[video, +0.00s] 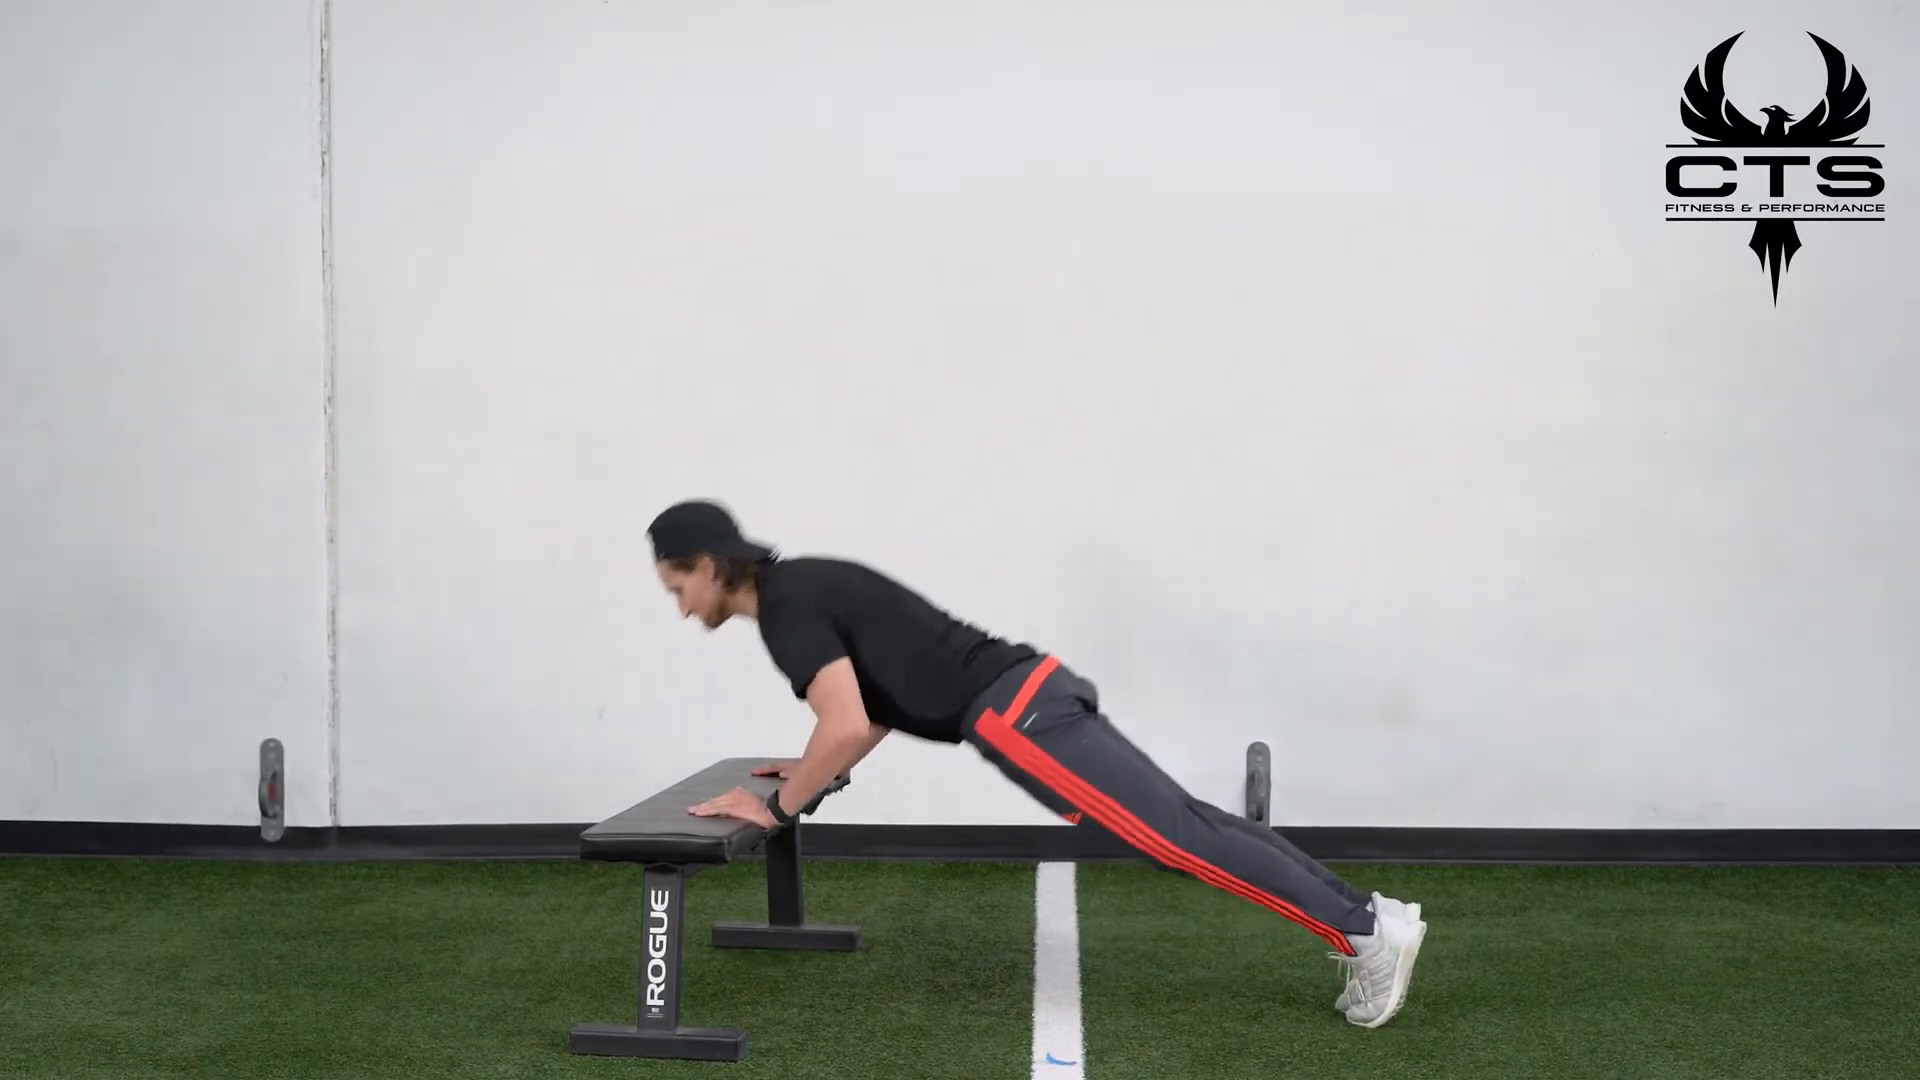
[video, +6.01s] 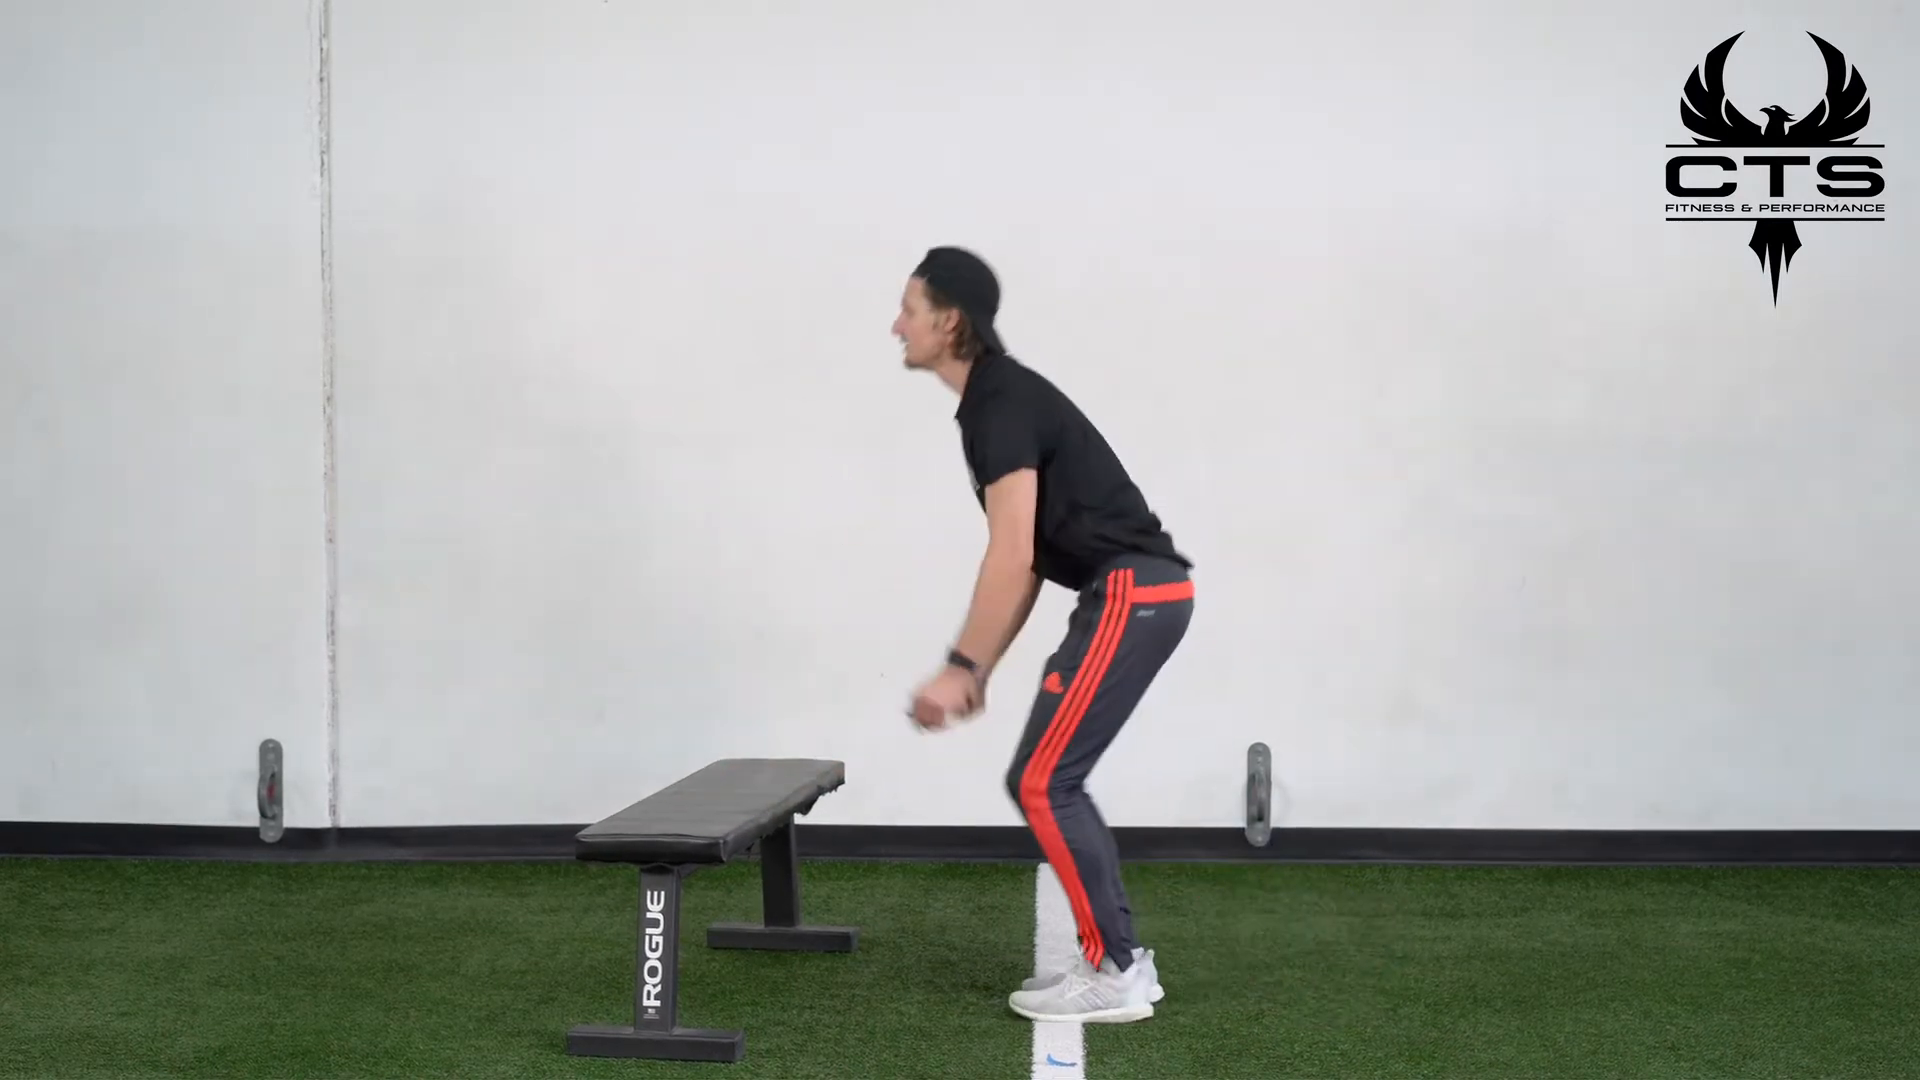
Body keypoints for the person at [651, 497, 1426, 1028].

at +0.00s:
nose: (672, 596)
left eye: (673, 579)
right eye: (667, 582)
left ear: (708, 568)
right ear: (718, 560)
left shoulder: (785, 605)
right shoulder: (806, 585)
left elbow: (849, 731)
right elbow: (869, 720)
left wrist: (777, 803)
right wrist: (801, 774)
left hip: (1015, 714)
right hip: (1032, 694)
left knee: (1178, 838)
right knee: (1185, 819)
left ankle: (1367, 935)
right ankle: (1368, 917)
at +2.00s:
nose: (924, 270)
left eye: (936, 259)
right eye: (928, 257)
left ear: (977, 271)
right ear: (982, 273)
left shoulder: (1008, 345)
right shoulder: (1003, 348)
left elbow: (982, 386)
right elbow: (970, 389)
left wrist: (874, 353)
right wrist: (879, 359)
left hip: (1060, 595)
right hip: (1062, 592)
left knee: (959, 788)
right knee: (979, 783)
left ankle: (1047, 968)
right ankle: (1062, 956)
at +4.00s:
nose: (709, 529)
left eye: (712, 512)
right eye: (705, 513)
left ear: (755, 498)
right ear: (765, 496)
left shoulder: (824, 547)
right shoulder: (842, 535)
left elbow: (831, 690)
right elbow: (881, 678)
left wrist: (769, 797)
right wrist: (819, 768)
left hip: (1045, 641)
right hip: (1046, 637)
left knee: (1171, 806)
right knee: (1161, 808)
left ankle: (1348, 939)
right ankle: (1345, 918)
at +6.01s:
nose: (897, 322)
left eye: (909, 309)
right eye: (902, 307)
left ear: (951, 322)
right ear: (955, 322)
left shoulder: (1000, 402)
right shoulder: (996, 400)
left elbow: (1013, 553)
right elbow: (1022, 565)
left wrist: (962, 667)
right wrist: (973, 670)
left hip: (1137, 591)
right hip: (1126, 589)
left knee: (1043, 780)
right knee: (1044, 777)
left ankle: (1119, 968)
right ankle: (1116, 960)